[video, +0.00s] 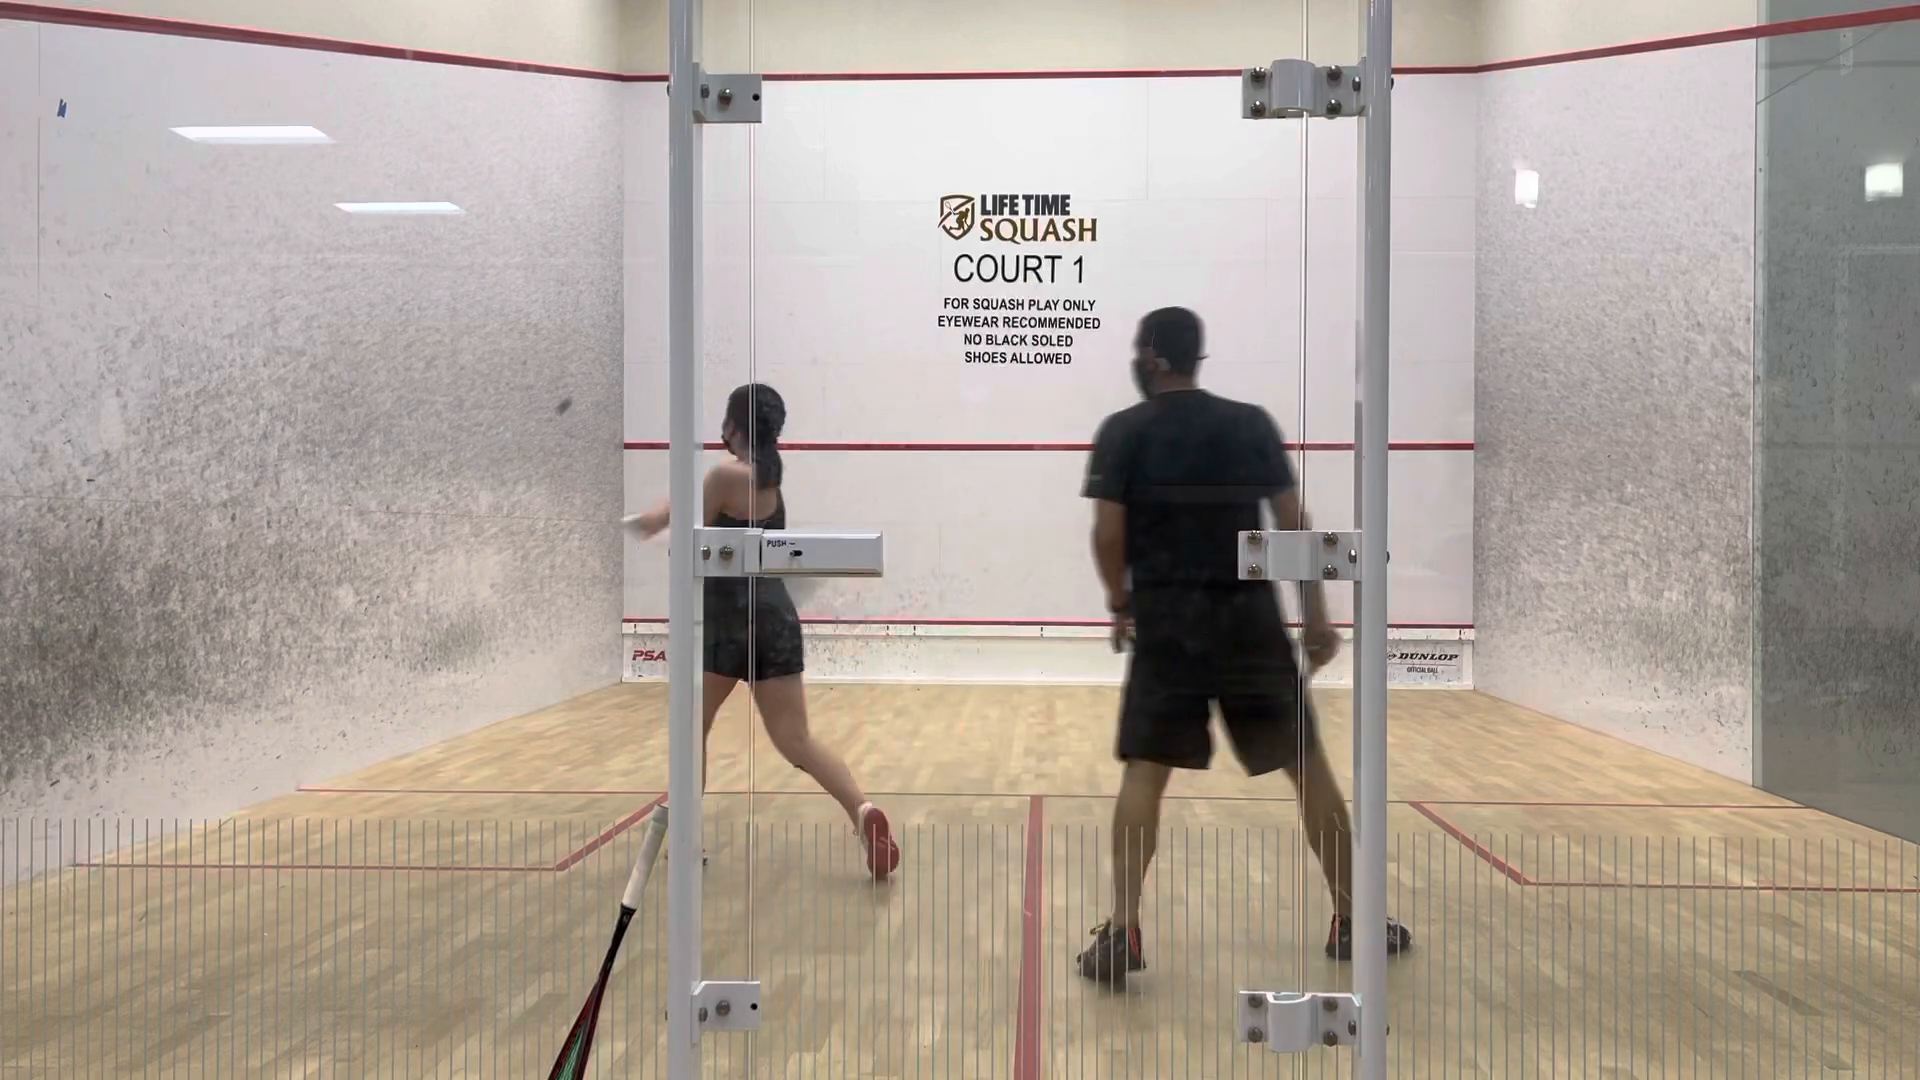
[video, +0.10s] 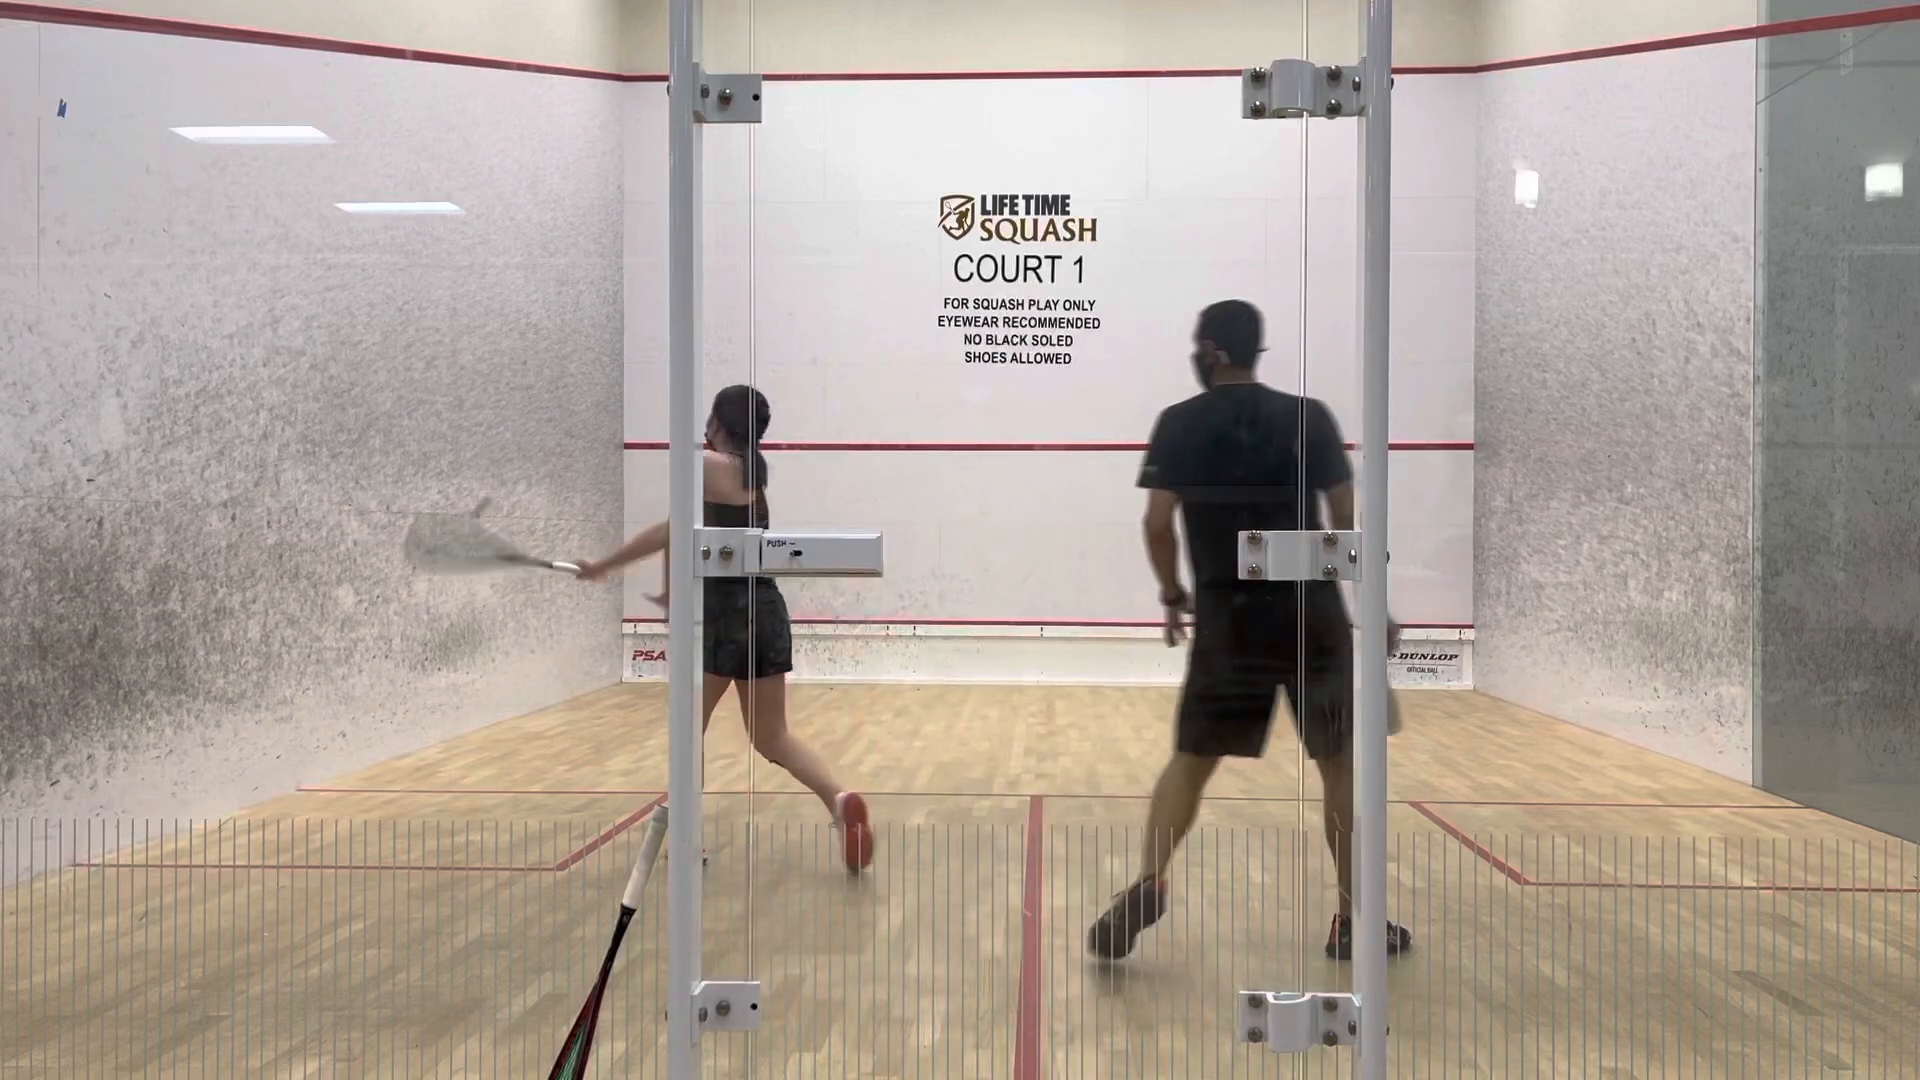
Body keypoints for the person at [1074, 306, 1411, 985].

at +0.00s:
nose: (1134, 364)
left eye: (1136, 354)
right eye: (1137, 353)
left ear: (1150, 359)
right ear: (1200, 358)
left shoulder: (1124, 430)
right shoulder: (1251, 424)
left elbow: (1108, 537)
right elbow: (1295, 526)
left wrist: (1120, 602)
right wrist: (1317, 616)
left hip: (1165, 635)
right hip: (1251, 630)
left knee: (1142, 777)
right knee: (1310, 768)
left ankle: (1122, 929)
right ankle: (1352, 919)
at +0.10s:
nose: (1194, 357)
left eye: (1197, 349)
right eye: (1199, 348)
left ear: (1209, 354)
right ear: (1259, 353)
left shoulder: (1181, 422)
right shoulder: (1309, 416)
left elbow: (1157, 523)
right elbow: (1345, 518)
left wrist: (1172, 589)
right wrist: (1358, 602)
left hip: (1228, 620)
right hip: (1313, 615)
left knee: (1192, 758)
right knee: (1339, 761)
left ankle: (1149, 883)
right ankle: (1354, 915)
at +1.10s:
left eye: (1563, 368)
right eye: (1598, 374)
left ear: (1553, 373)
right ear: (1607, 385)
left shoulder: (1503, 420)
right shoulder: (1609, 455)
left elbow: (1445, 431)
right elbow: (1699, 523)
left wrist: (1440, 429)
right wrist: (1784, 500)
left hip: (1485, 624)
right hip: (1557, 630)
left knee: (1479, 743)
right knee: (1642, 746)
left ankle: (1444, 874)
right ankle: (1724, 880)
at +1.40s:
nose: (1749, 354)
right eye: (1756, 345)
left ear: (1702, 343)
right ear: (1761, 353)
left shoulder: (1652, 397)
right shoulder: (1774, 415)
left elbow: (1554, 427)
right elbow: (1868, 380)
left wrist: (1479, 448)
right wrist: (1918, 333)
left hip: (1620, 604)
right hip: (1708, 614)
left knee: (1556, 710)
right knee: (1746, 748)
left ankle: (1488, 832)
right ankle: (1762, 902)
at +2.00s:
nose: (1817, 336)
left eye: (1797, 320)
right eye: (1838, 329)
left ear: (1780, 325)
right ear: (1843, 334)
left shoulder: (1727, 387)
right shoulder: (1868, 407)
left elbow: (1646, 463)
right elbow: (1872, 509)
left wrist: (1664, 508)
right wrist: (1880, 611)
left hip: (1731, 607)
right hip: (1822, 612)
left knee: (1730, 736)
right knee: (1824, 745)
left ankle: (1723, 893)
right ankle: (1787, 893)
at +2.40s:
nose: (1853, 346)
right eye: (1863, 339)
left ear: (1801, 333)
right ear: (1861, 345)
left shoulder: (1746, 397)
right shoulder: (1879, 411)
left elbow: (1696, 489)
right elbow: (1884, 504)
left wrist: (1742, 540)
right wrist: (1910, 606)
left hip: (1757, 619)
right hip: (1845, 621)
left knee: (1747, 750)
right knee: (1856, 761)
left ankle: (1728, 897)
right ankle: (1853, 919)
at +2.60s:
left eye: (1828, 335)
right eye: (1878, 347)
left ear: (1820, 339)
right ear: (1882, 353)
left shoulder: (1758, 399)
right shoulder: (1893, 419)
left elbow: (1704, 490)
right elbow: (1906, 524)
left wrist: (1750, 544)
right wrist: (1916, 578)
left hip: (1762, 611)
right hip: (1851, 614)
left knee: (1753, 731)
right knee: (1859, 761)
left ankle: (1710, 852)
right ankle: (1853, 920)